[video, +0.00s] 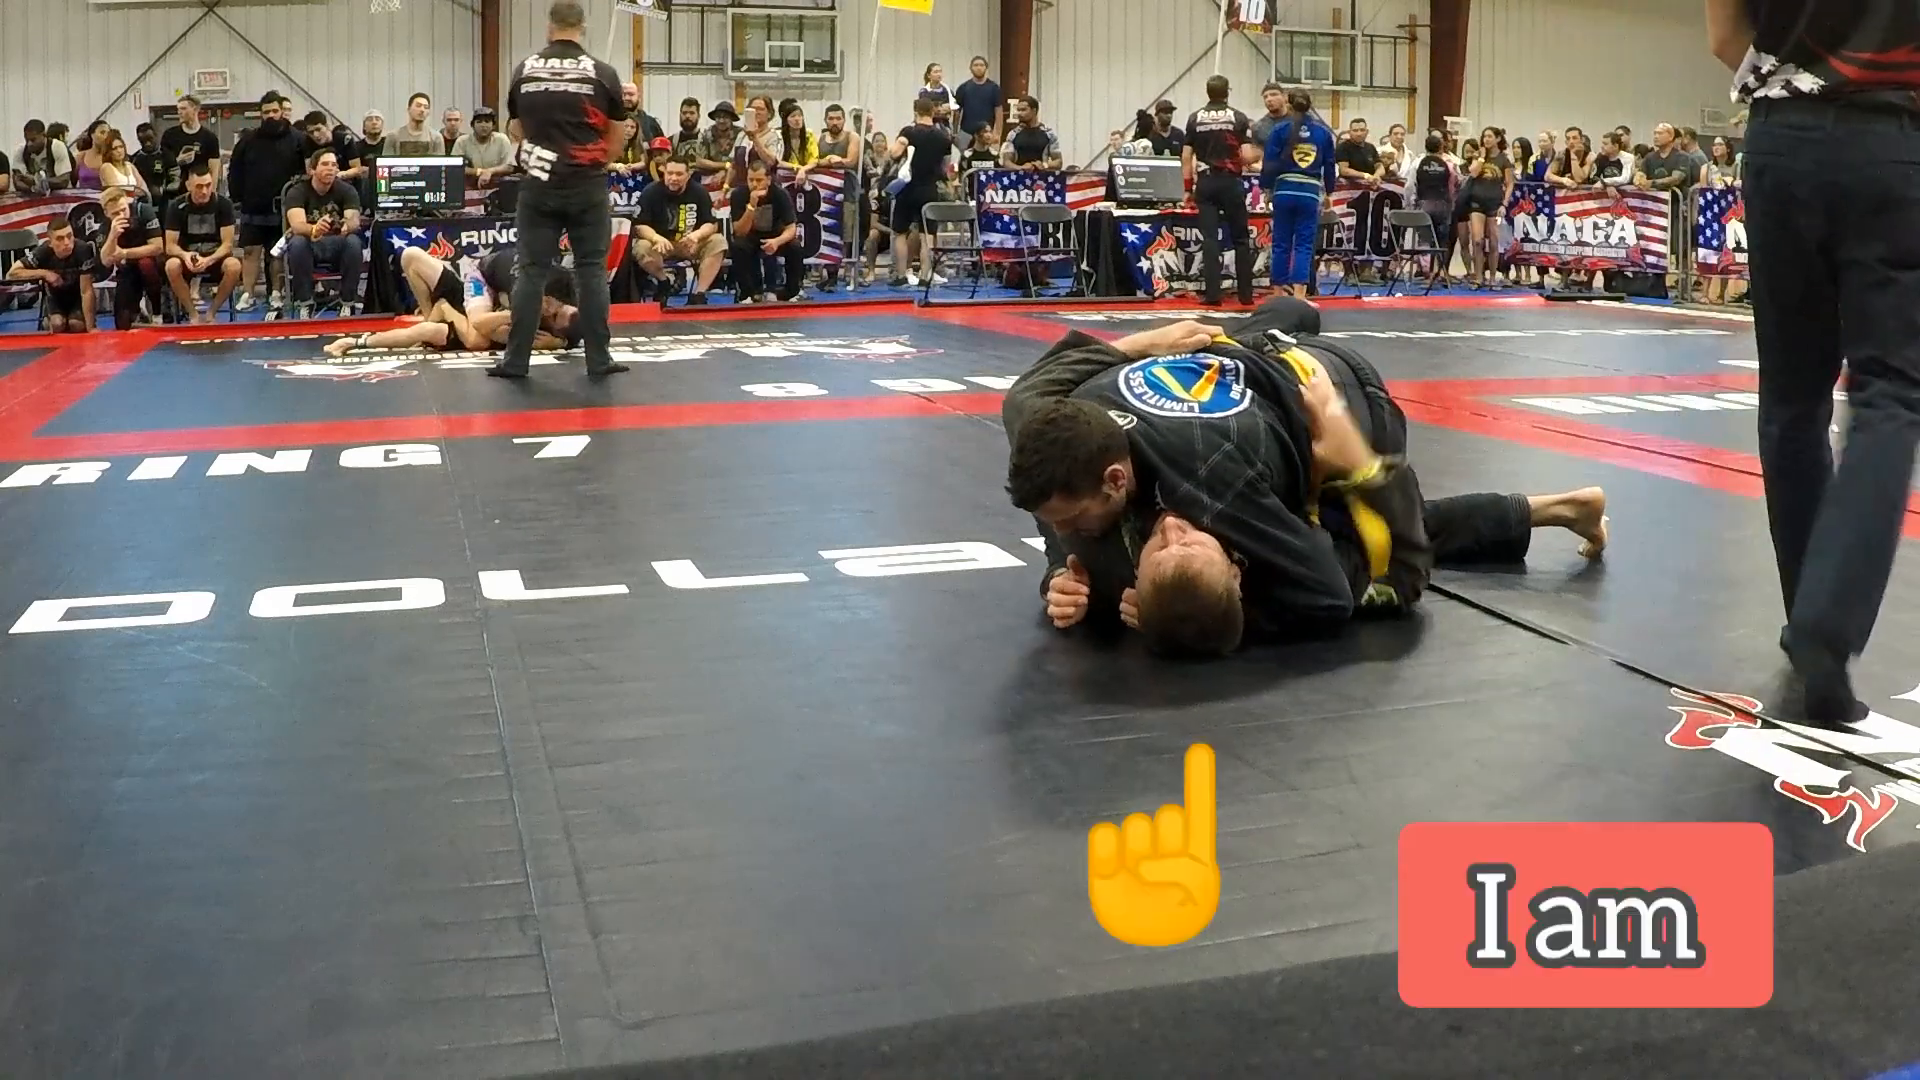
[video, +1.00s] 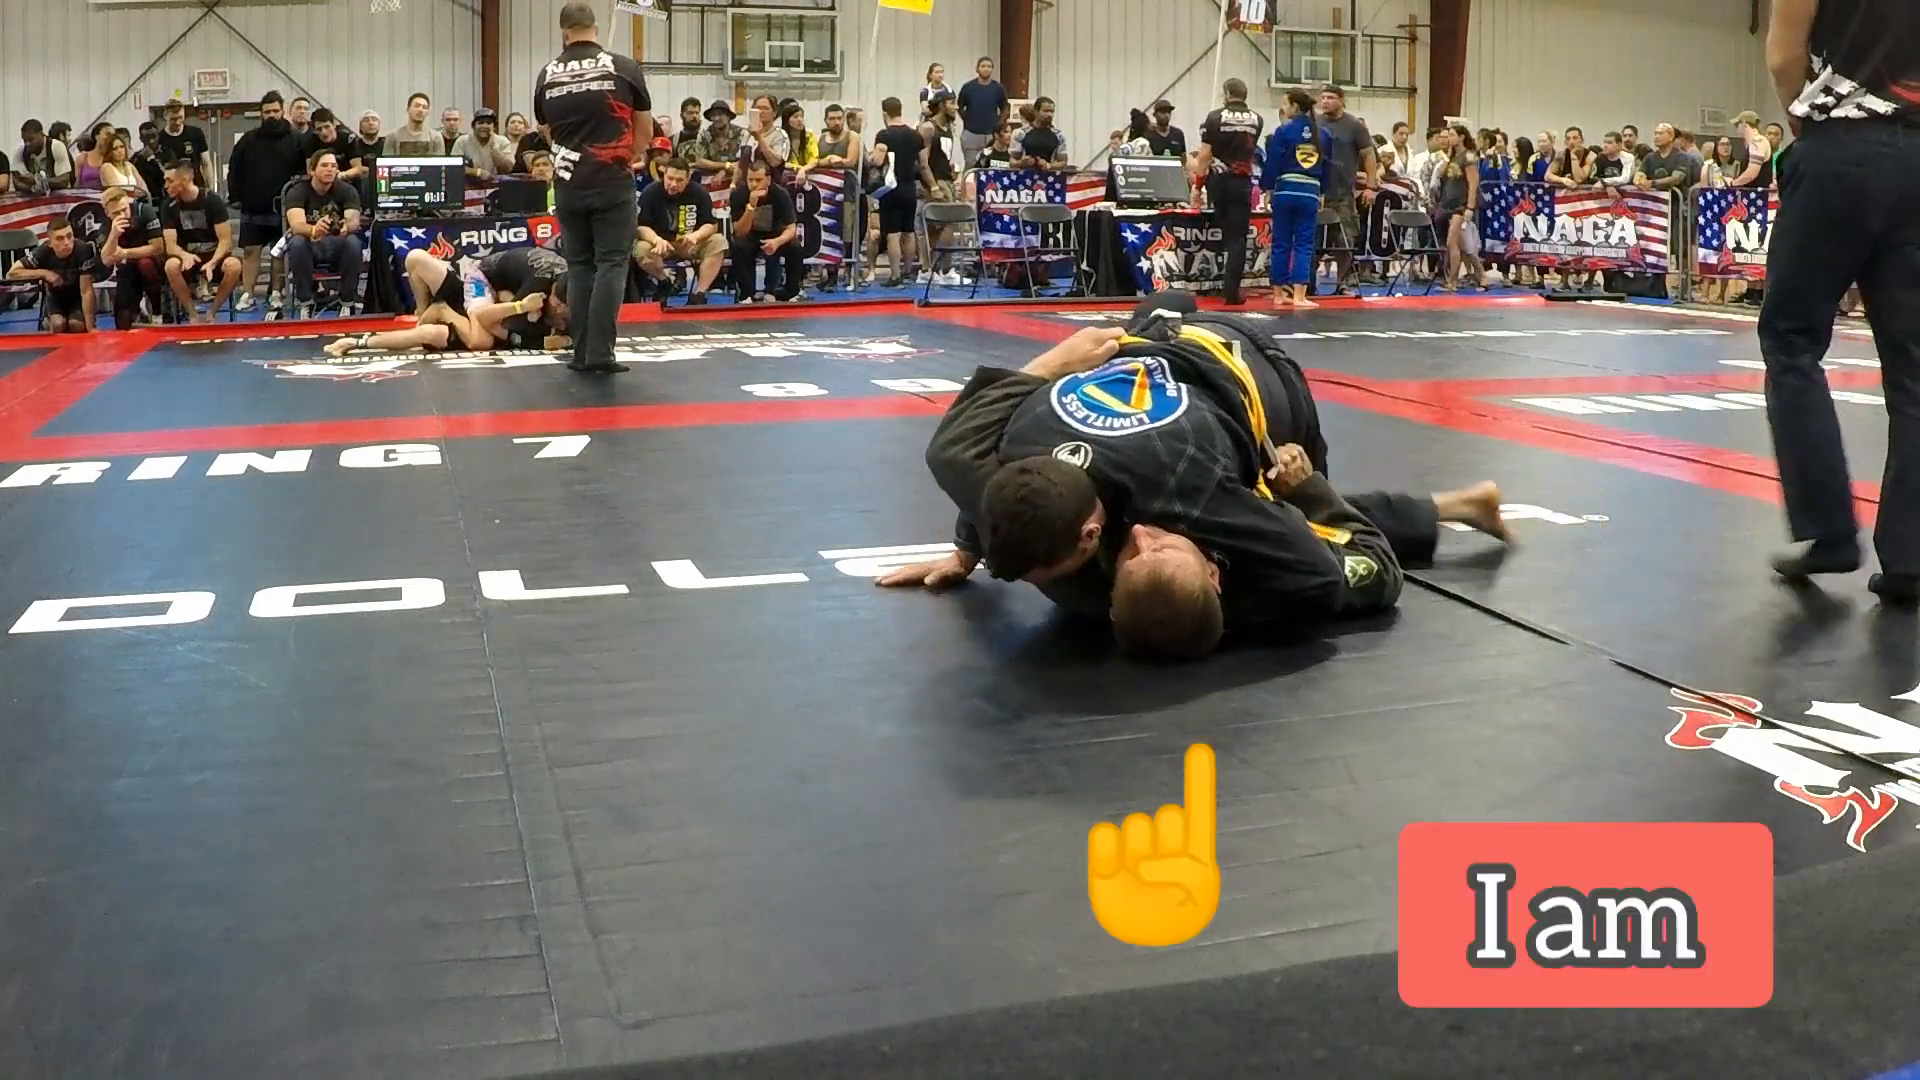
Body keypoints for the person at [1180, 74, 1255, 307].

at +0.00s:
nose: (1225, 94)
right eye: (1226, 90)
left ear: (1207, 93)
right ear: (1227, 93)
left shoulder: (1194, 119)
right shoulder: (1239, 118)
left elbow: (1186, 157)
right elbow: (1248, 156)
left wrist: (1188, 189)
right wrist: (1236, 160)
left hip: (1205, 180)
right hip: (1231, 181)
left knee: (1209, 239)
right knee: (1241, 238)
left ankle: (1212, 295)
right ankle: (1245, 295)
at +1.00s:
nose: (1226, 96)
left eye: (1225, 93)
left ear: (1226, 95)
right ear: (1245, 96)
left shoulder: (1214, 117)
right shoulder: (1256, 119)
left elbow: (1204, 155)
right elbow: (1250, 149)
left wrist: (1197, 185)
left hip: (1218, 178)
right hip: (1242, 180)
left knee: (1230, 233)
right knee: (1238, 237)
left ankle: (1233, 285)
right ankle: (1232, 292)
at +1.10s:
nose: (1223, 98)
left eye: (1224, 95)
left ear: (1226, 96)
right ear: (1245, 96)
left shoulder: (1214, 119)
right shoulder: (1256, 120)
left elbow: (1205, 157)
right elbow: (1251, 148)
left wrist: (1197, 186)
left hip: (1218, 179)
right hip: (1242, 181)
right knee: (1237, 238)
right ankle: (1231, 292)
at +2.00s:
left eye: (1236, 93)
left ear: (1232, 96)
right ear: (1251, 97)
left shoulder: (1221, 119)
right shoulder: (1261, 121)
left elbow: (1210, 155)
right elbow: (1259, 151)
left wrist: (1199, 170)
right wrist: (1246, 165)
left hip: (1220, 178)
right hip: (1244, 182)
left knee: (1210, 198)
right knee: (1238, 239)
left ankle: (1227, 222)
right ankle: (1231, 292)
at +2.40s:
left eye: (1232, 95)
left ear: (1231, 97)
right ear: (1250, 97)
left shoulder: (1220, 120)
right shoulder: (1262, 120)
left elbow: (1204, 148)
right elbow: (1259, 145)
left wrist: (1204, 135)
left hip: (1224, 180)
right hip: (1247, 183)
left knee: (1208, 197)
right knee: (1241, 239)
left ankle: (1230, 223)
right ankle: (1232, 293)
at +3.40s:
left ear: (1235, 97)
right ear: (1255, 98)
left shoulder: (1223, 117)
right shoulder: (1261, 120)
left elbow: (1211, 146)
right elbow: (1263, 148)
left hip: (1223, 176)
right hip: (1245, 179)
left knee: (1211, 198)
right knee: (1241, 237)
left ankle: (1230, 219)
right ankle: (1231, 292)